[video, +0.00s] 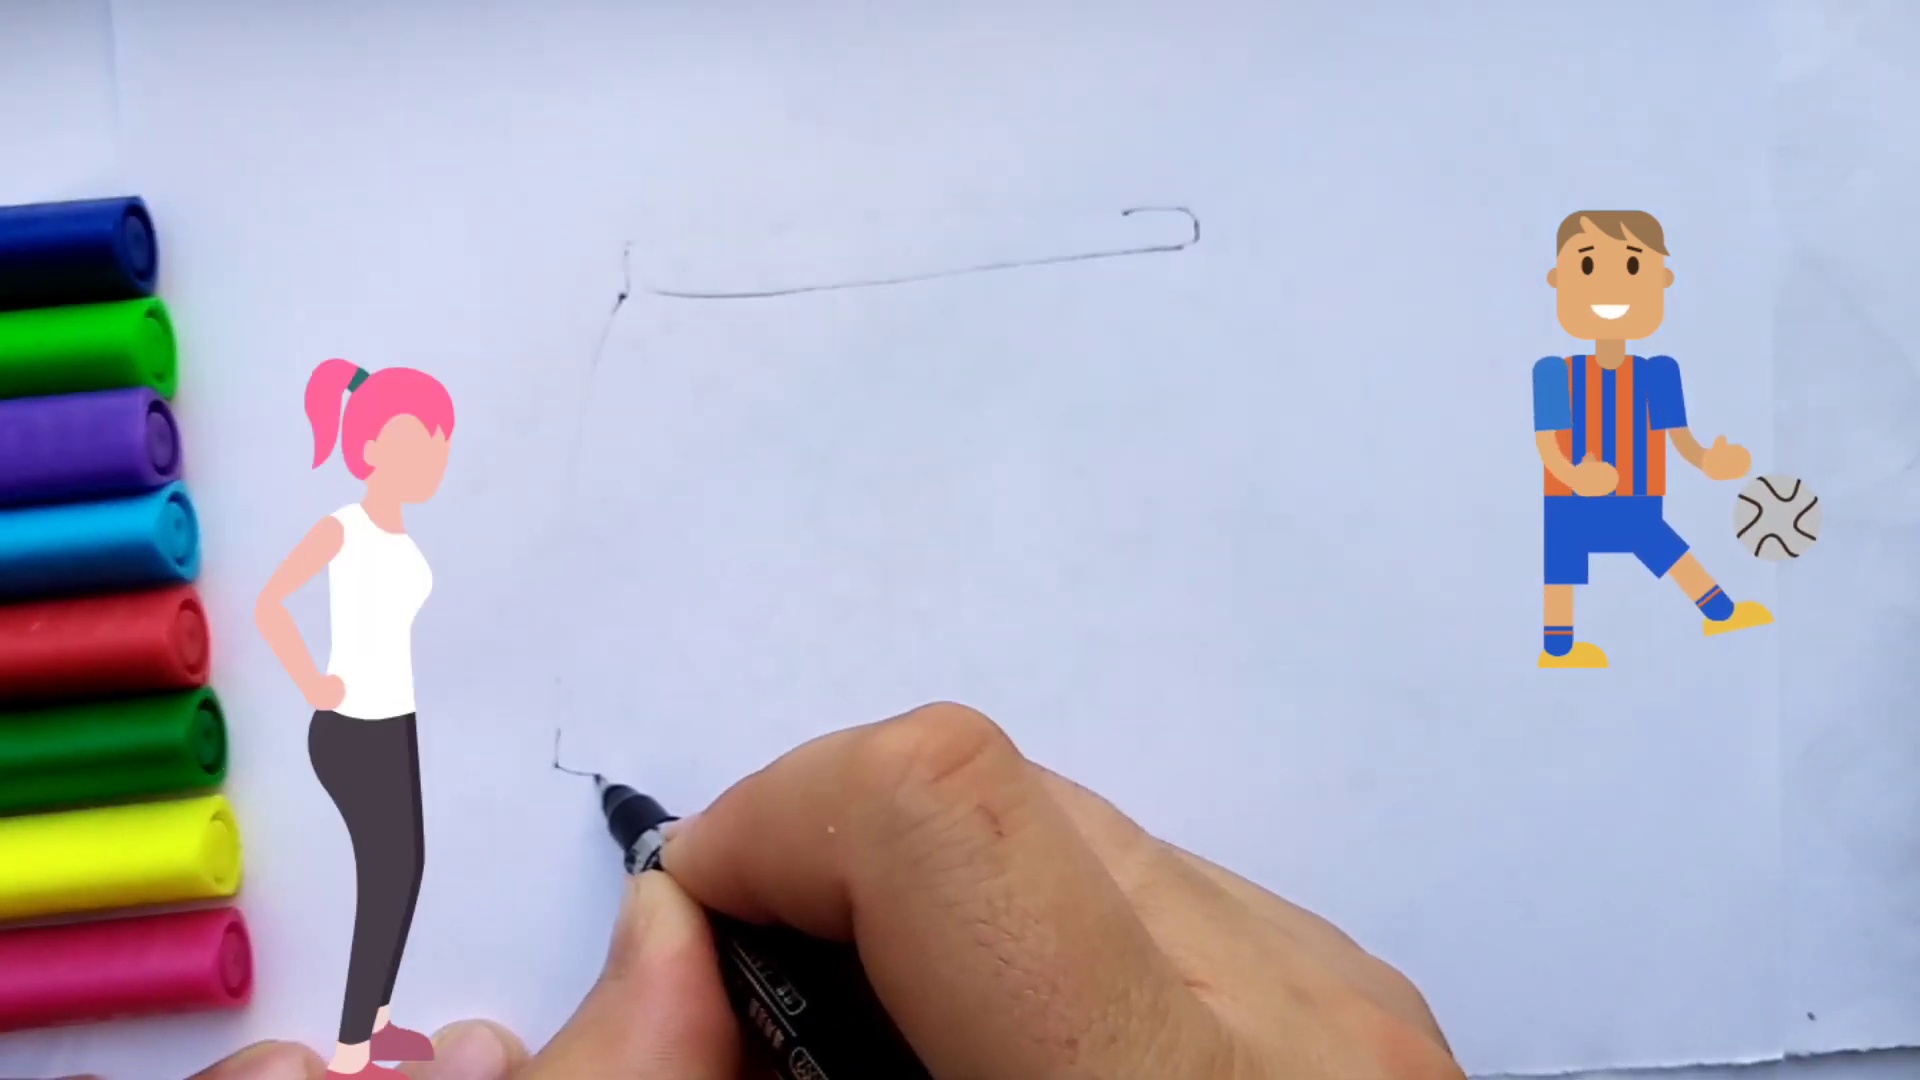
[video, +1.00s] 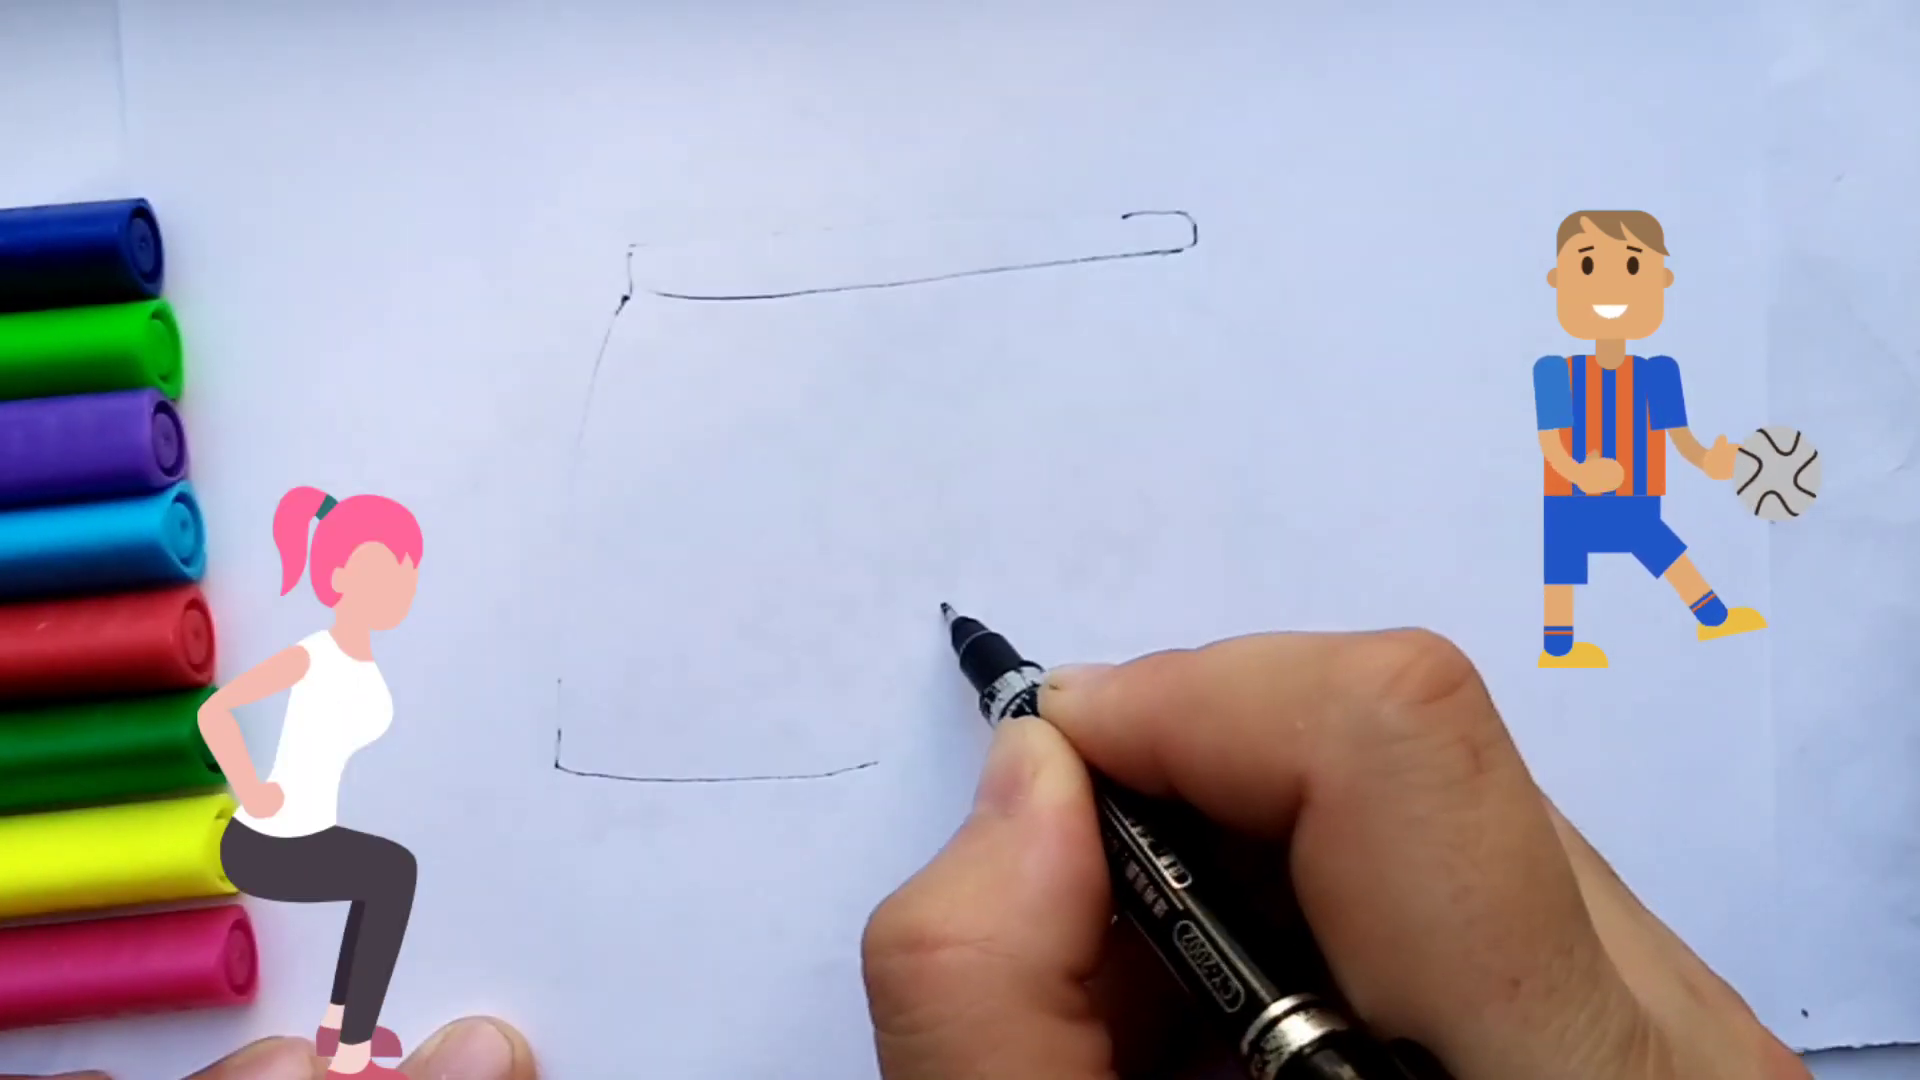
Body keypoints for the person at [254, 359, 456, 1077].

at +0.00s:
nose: (435, 457)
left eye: (439, 440)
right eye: (419, 438)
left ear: (441, 450)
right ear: (375, 447)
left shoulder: (404, 536)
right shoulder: (344, 528)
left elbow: (385, 623)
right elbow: (269, 605)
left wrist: (396, 687)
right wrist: (312, 684)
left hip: (397, 731)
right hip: (353, 733)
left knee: (406, 869)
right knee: (387, 875)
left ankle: (374, 1021)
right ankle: (349, 1049)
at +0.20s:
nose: (436, 455)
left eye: (439, 439)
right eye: (421, 437)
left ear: (441, 449)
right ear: (374, 447)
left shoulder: (404, 536)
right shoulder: (344, 528)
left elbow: (385, 624)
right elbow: (269, 606)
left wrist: (396, 688)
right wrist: (312, 684)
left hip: (397, 731)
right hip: (353, 733)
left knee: (406, 870)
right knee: (387, 876)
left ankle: (374, 1020)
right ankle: (349, 1050)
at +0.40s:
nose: (403, 588)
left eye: (404, 571)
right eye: (385, 571)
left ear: (406, 580)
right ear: (343, 578)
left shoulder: (364, 663)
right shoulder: (312, 656)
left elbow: (322, 738)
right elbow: (213, 712)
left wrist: (315, 795)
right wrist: (249, 790)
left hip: (307, 842)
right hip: (263, 851)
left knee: (391, 865)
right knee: (392, 872)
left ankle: (341, 1020)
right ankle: (351, 1053)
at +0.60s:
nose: (437, 455)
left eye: (440, 439)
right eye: (422, 437)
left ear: (440, 450)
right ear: (375, 447)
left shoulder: (404, 536)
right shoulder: (344, 528)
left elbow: (386, 623)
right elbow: (269, 604)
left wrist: (396, 686)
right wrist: (312, 684)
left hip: (398, 730)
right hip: (353, 732)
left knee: (406, 868)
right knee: (387, 875)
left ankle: (375, 1018)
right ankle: (350, 1049)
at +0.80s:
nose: (437, 456)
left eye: (440, 440)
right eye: (422, 437)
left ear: (440, 450)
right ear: (375, 447)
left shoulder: (404, 535)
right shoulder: (344, 528)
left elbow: (386, 623)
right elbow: (269, 606)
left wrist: (397, 687)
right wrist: (312, 685)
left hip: (398, 730)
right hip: (353, 732)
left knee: (406, 869)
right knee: (387, 875)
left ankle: (375, 1019)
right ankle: (350, 1049)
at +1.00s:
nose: (406, 586)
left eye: (406, 570)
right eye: (391, 569)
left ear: (401, 579)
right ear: (346, 578)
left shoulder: (362, 662)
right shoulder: (311, 656)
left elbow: (321, 738)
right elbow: (213, 712)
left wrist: (317, 798)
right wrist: (250, 791)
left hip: (307, 842)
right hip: (263, 851)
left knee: (391, 865)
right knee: (392, 872)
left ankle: (339, 1021)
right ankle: (350, 1056)